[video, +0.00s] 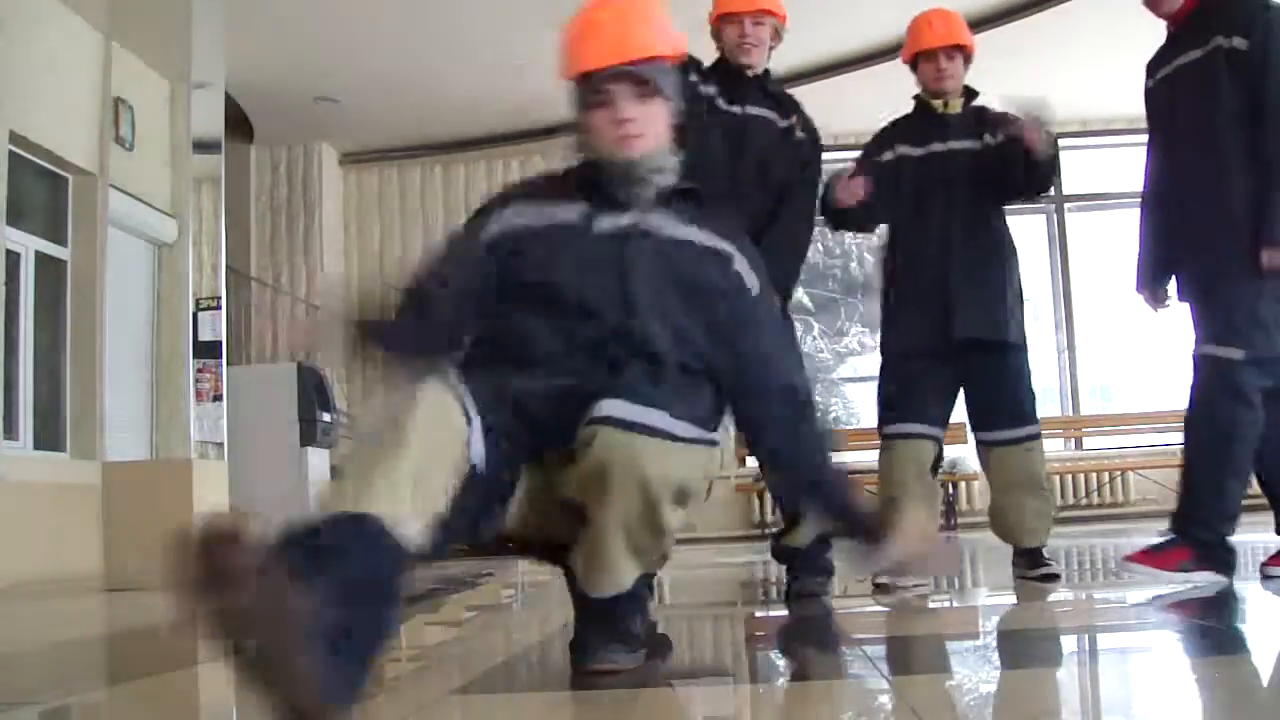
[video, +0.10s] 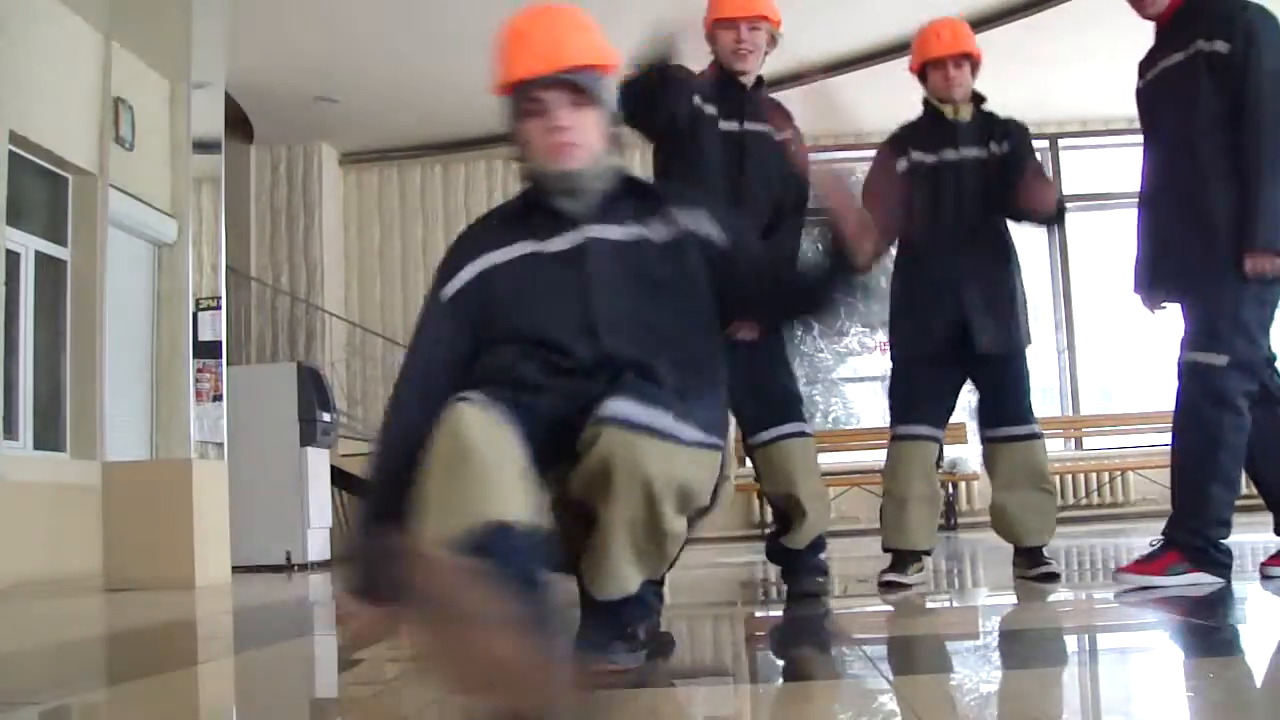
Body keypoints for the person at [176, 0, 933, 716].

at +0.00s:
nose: (621, 113)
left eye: (641, 94)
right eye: (601, 97)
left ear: (675, 106)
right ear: (576, 113)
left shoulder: (717, 252)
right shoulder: (510, 222)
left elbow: (776, 401)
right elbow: (426, 334)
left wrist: (833, 507)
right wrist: (375, 334)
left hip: (642, 460)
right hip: (505, 464)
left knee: (629, 443)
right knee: (427, 400)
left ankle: (615, 618)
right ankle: (329, 626)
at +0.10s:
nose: (560, 124)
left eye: (576, 103)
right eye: (537, 110)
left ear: (608, 112)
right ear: (516, 129)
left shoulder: (681, 229)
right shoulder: (481, 250)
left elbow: (766, 297)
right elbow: (418, 404)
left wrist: (839, 265)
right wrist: (376, 550)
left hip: (663, 432)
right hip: (527, 453)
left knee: (631, 435)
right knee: (468, 421)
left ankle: (615, 607)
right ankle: (510, 624)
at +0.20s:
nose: (486, 123)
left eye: (503, 101)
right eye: (462, 108)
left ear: (531, 107)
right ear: (441, 125)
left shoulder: (607, 188)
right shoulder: (442, 269)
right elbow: (449, 444)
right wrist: (454, 604)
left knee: (646, 348)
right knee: (493, 435)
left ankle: (632, 626)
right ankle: (715, 613)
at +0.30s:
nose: (431, 139)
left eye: (444, 118)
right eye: (407, 131)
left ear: (472, 118)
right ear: (387, 153)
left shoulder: (555, 139)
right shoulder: (418, 295)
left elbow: (613, 34)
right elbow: (444, 467)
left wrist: (486, 23)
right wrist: (447, 619)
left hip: (701, 334)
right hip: (595, 440)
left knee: (589, 346)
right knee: (572, 551)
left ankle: (773, 538)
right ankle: (854, 606)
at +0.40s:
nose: (396, 142)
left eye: (407, 120)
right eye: (372, 135)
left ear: (440, 121)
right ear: (355, 162)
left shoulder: (521, 148)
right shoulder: (398, 302)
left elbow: (574, 41)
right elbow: (436, 473)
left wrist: (447, 30)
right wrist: (446, 626)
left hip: (673, 316)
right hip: (603, 433)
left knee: (609, 406)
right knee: (660, 586)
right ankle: (913, 613)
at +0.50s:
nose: (366, 154)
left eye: (379, 128)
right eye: (341, 148)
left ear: (415, 122)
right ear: (330, 168)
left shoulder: (496, 149)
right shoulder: (386, 309)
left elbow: (538, 48)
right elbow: (426, 467)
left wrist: (420, 28)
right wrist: (446, 624)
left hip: (675, 308)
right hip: (595, 409)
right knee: (737, 520)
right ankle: (957, 597)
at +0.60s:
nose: (373, 145)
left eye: (381, 120)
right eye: (348, 139)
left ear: (412, 115)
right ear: (333, 164)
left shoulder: (499, 132)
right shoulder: (393, 306)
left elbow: (542, 29)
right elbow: (430, 465)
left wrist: (420, 21)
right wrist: (449, 618)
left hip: (671, 325)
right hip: (571, 407)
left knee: (842, 373)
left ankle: (728, 572)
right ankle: (858, 584)